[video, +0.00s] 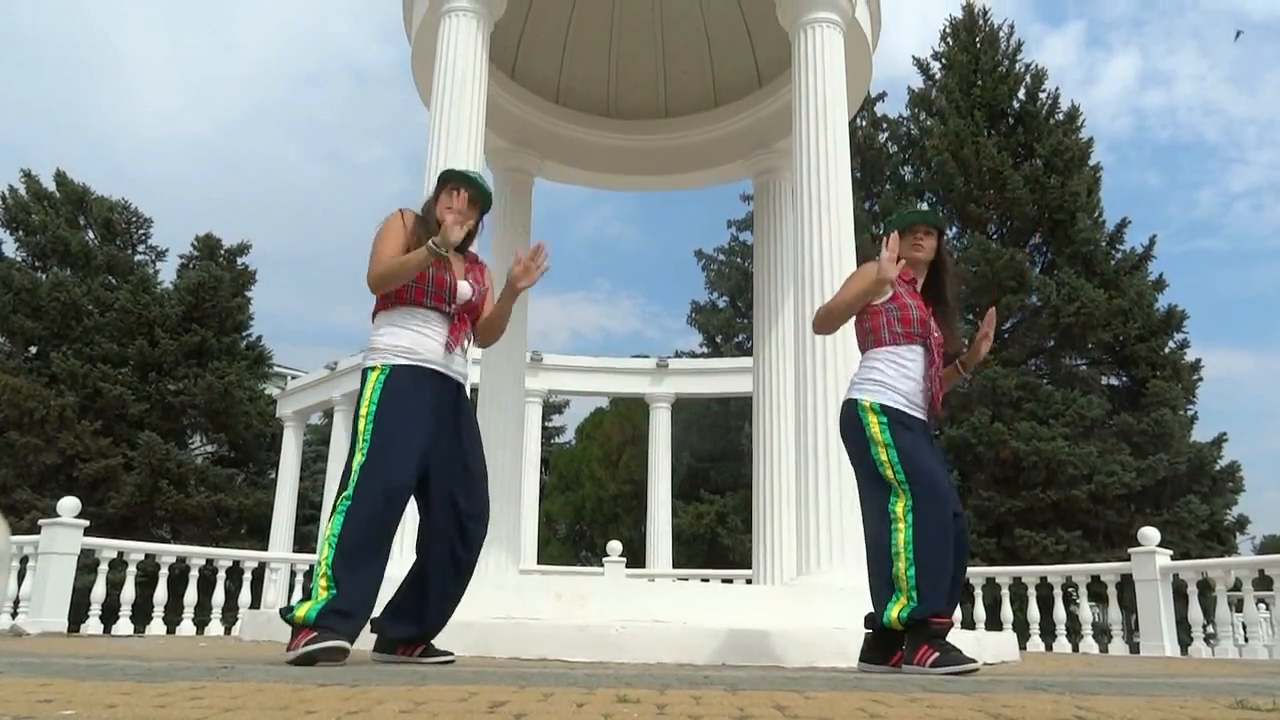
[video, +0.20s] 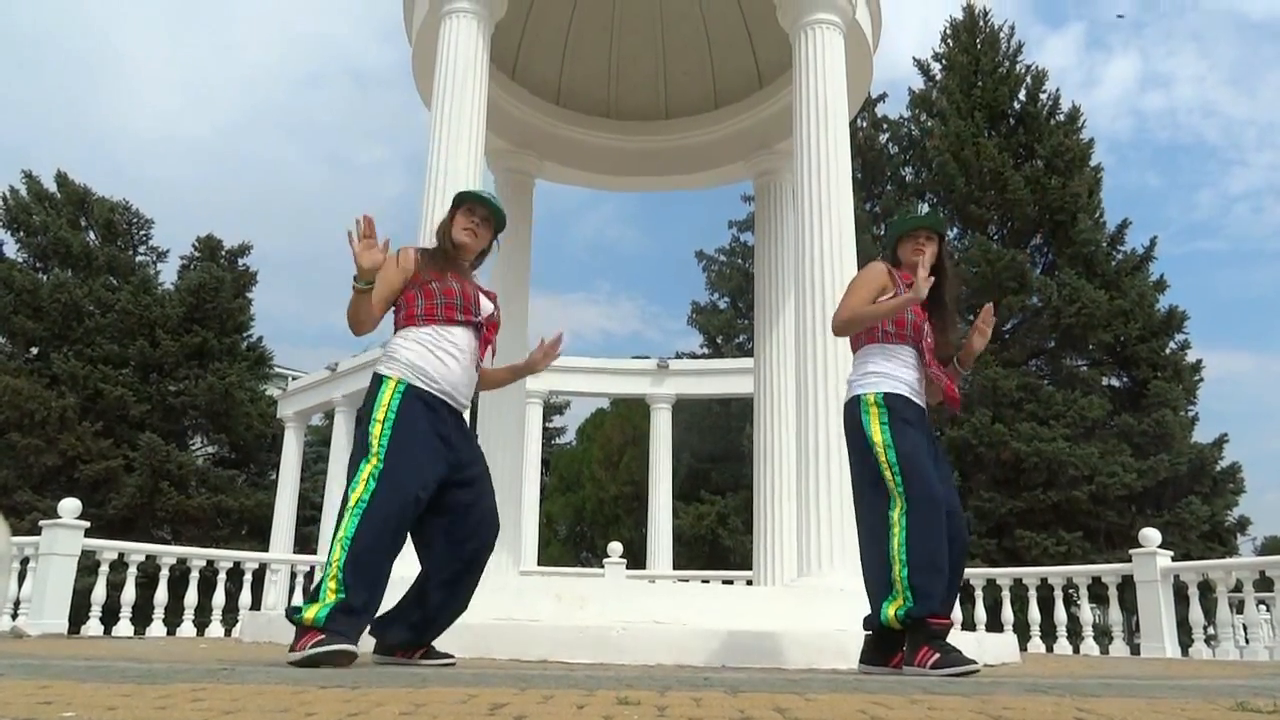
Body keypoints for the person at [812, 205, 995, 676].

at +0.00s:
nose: (921, 238)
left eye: (930, 234)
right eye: (913, 232)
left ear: (940, 249)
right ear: (895, 240)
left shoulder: (926, 310)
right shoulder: (877, 274)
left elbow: (930, 385)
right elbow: (822, 323)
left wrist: (969, 360)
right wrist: (876, 280)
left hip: (913, 419)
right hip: (876, 407)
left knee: (944, 517)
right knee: (931, 502)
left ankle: (886, 639)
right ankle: (918, 639)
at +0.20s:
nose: (921, 247)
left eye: (930, 243)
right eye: (913, 240)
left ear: (939, 258)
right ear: (896, 249)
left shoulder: (926, 310)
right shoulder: (879, 273)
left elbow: (939, 376)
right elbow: (843, 320)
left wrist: (972, 348)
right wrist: (911, 296)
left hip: (913, 410)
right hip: (879, 399)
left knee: (948, 515)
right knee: (919, 503)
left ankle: (889, 640)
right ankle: (915, 641)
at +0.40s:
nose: (923, 255)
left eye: (932, 253)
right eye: (914, 250)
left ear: (942, 270)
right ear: (898, 259)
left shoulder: (928, 316)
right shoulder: (888, 277)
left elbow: (943, 392)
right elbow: (861, 325)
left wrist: (960, 344)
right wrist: (940, 314)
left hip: (916, 406)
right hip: (880, 393)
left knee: (951, 522)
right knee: (915, 503)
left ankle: (889, 642)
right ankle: (911, 640)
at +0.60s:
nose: (930, 261)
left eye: (938, 259)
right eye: (923, 255)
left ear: (946, 277)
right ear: (906, 263)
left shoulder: (933, 333)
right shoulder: (890, 280)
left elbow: (932, 412)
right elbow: (835, 316)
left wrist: (967, 379)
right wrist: (904, 307)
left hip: (915, 425)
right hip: (877, 410)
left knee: (958, 533)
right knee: (931, 507)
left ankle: (889, 642)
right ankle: (916, 642)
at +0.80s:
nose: (937, 234)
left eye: (946, 231)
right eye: (929, 229)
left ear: (954, 250)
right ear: (912, 243)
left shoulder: (938, 308)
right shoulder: (892, 272)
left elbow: (932, 395)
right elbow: (829, 319)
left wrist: (969, 387)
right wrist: (868, 355)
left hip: (910, 416)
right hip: (874, 403)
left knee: (905, 518)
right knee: (938, 492)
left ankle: (883, 645)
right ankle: (907, 631)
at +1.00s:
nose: (931, 195)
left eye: (940, 192)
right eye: (922, 189)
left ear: (948, 211)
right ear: (903, 203)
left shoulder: (953, 267)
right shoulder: (870, 248)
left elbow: (993, 326)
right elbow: (805, 282)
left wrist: (1012, 273)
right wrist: (836, 332)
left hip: (925, 393)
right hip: (880, 381)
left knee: (896, 512)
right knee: (960, 464)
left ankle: (876, 648)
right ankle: (899, 568)